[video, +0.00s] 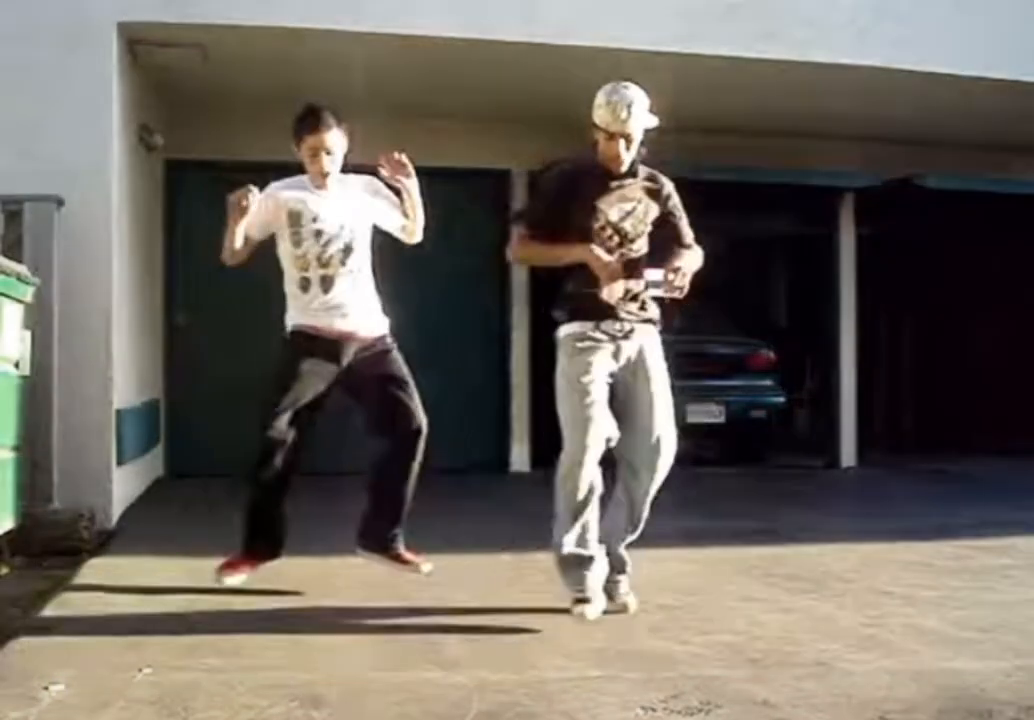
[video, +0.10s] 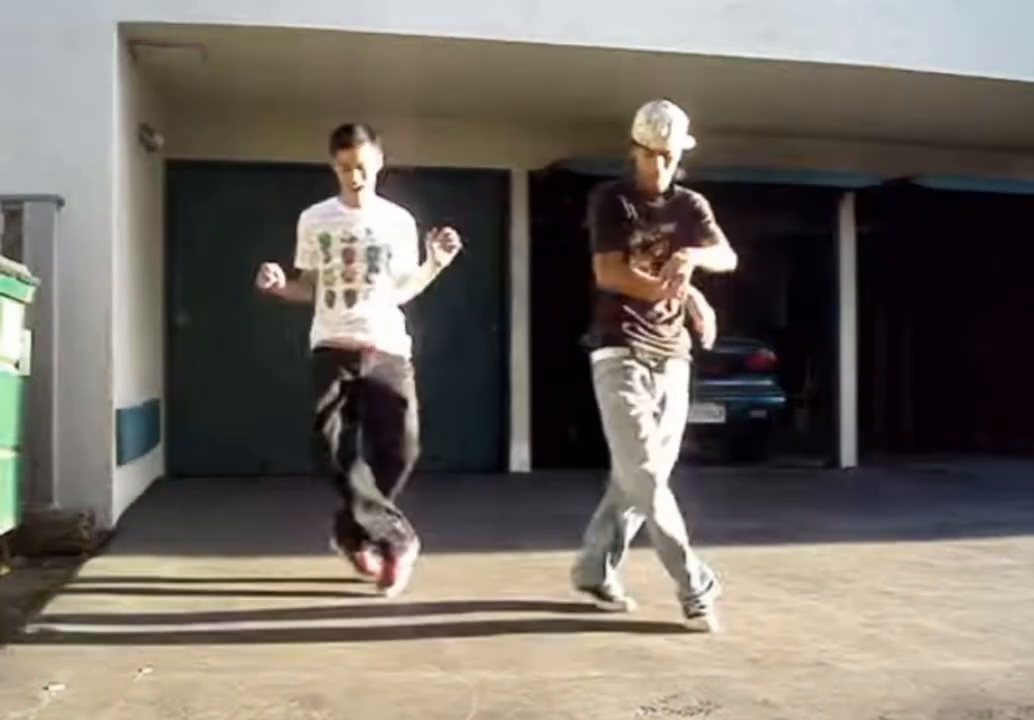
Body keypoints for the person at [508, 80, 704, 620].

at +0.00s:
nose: (621, 150)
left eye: (630, 139)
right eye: (611, 138)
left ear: (644, 135)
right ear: (595, 132)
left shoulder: (656, 187)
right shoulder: (562, 181)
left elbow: (689, 247)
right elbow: (519, 248)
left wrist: (684, 266)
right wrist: (584, 254)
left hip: (642, 333)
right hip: (584, 334)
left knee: (655, 445)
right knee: (586, 445)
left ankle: (614, 554)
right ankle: (581, 574)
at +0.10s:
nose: (660, 167)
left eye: (668, 157)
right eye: (651, 156)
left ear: (681, 155)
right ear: (635, 150)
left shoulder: (690, 204)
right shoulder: (609, 200)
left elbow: (726, 257)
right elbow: (608, 271)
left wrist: (689, 256)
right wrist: (674, 295)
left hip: (672, 354)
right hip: (619, 350)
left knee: (651, 468)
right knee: (643, 468)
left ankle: (594, 567)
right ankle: (694, 584)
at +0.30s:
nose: (706, 150)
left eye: (716, 140)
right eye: (698, 139)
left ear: (730, 135)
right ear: (682, 129)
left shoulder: (739, 176)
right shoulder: (650, 172)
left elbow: (786, 214)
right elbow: (589, 209)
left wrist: (810, 222)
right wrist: (649, 228)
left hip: (726, 340)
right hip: (666, 340)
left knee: (762, 445)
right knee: (655, 460)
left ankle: (721, 537)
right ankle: (665, 584)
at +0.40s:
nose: (712, 152)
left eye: (722, 142)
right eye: (704, 140)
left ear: (736, 137)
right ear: (690, 132)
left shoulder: (749, 179)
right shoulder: (657, 175)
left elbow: (795, 224)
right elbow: (594, 214)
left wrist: (826, 215)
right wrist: (643, 228)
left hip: (735, 344)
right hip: (673, 344)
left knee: (774, 444)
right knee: (650, 461)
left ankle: (752, 548)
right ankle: (646, 588)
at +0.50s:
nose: (736, 173)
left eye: (745, 163)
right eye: (727, 162)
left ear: (757, 161)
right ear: (709, 157)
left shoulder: (767, 206)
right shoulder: (681, 209)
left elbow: (808, 250)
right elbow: (629, 274)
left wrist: (852, 222)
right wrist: (634, 252)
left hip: (764, 367)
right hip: (699, 368)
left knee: (800, 472)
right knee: (659, 477)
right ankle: (594, 594)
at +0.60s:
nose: (744, 176)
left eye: (754, 164)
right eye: (734, 164)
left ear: (768, 160)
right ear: (719, 158)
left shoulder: (779, 205)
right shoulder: (690, 203)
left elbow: (826, 239)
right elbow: (619, 242)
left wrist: (837, 221)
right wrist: (679, 227)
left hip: (767, 365)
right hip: (708, 362)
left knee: (808, 473)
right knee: (694, 465)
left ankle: (828, 583)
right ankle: (619, 591)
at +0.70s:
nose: (734, 152)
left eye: (743, 143)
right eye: (727, 140)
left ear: (754, 139)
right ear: (711, 130)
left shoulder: (756, 178)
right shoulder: (684, 168)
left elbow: (785, 240)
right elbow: (647, 221)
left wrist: (777, 277)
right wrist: (704, 254)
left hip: (737, 327)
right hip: (683, 325)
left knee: (767, 442)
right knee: (707, 433)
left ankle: (758, 569)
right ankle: (714, 576)